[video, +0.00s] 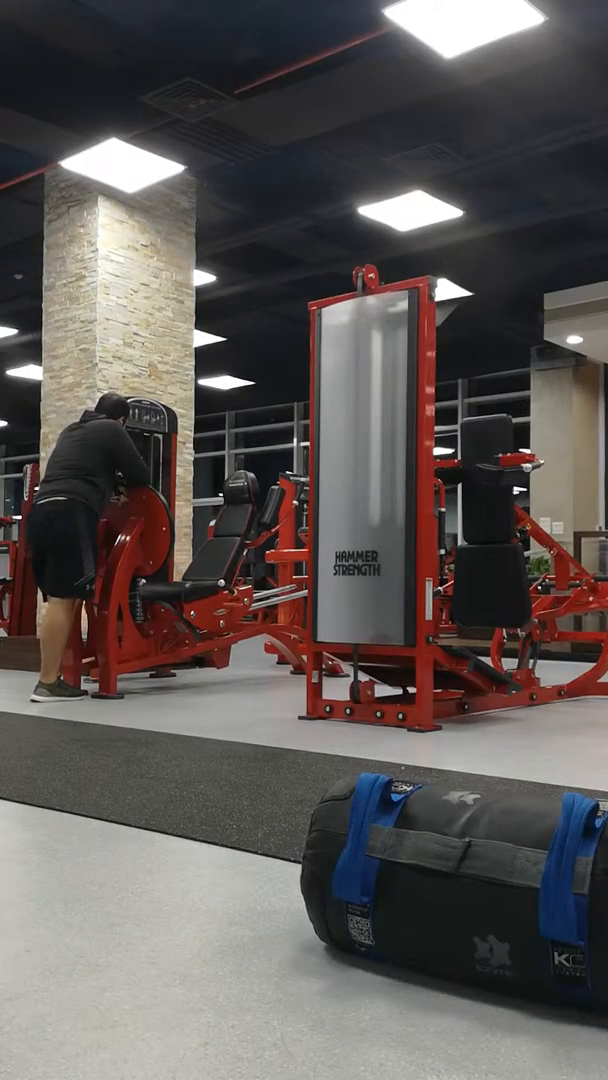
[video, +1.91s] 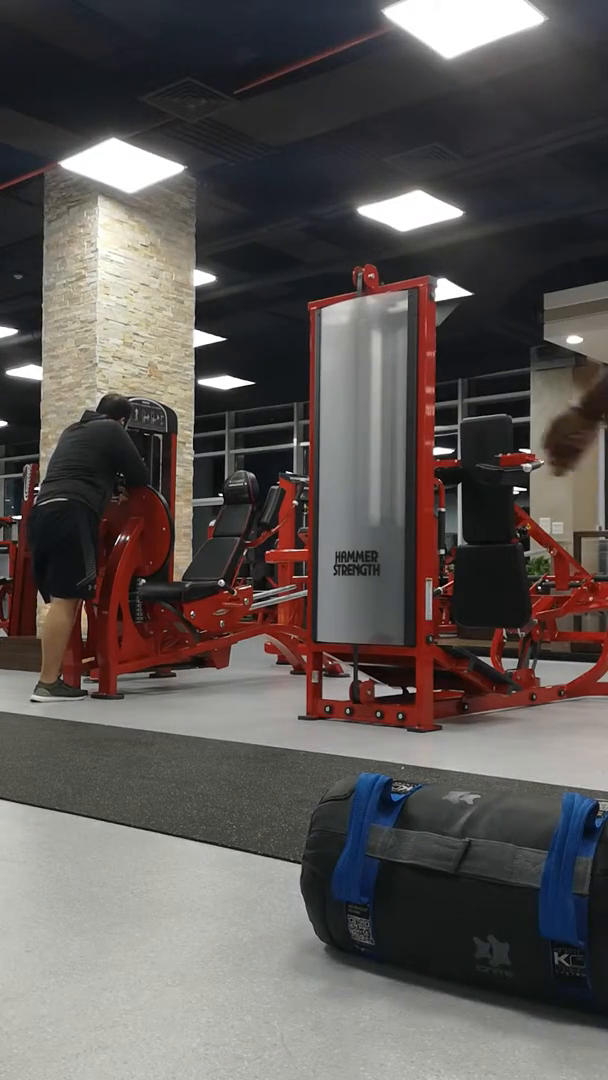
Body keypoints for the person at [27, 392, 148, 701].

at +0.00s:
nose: (124, 425)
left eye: (124, 422)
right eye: (125, 422)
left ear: (97, 413)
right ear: (121, 419)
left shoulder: (70, 430)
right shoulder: (113, 430)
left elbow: (75, 468)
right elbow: (141, 477)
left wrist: (109, 483)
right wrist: (113, 474)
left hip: (41, 511)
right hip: (68, 511)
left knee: (56, 599)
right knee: (60, 600)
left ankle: (51, 678)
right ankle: (48, 682)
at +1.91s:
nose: (126, 427)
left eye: (126, 423)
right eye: (127, 423)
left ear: (99, 414)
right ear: (122, 419)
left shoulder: (71, 431)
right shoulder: (113, 431)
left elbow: (76, 469)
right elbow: (140, 478)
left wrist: (110, 486)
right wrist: (114, 476)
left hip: (42, 511)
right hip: (68, 510)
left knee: (61, 600)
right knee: (64, 600)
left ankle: (50, 678)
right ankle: (48, 682)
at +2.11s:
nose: (126, 427)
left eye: (126, 423)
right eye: (127, 423)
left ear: (99, 413)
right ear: (122, 419)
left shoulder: (72, 430)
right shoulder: (113, 431)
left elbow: (73, 470)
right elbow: (140, 478)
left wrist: (108, 488)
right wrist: (113, 476)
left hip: (42, 511)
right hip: (68, 511)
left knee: (59, 600)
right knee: (64, 600)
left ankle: (51, 678)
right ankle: (48, 682)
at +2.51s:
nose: (126, 426)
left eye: (126, 423)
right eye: (127, 423)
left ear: (99, 413)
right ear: (122, 419)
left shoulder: (71, 431)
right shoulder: (113, 431)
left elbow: (75, 470)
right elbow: (140, 478)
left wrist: (110, 487)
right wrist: (113, 476)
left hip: (42, 512)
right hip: (69, 511)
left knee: (59, 600)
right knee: (65, 600)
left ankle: (51, 678)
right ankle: (48, 682)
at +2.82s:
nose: (126, 427)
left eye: (126, 423)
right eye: (127, 423)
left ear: (99, 414)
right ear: (122, 419)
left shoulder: (72, 431)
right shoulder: (113, 431)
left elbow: (75, 470)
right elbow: (141, 478)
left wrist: (110, 486)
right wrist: (114, 475)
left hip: (42, 512)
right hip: (68, 511)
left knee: (60, 600)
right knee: (64, 601)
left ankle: (51, 678)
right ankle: (48, 682)